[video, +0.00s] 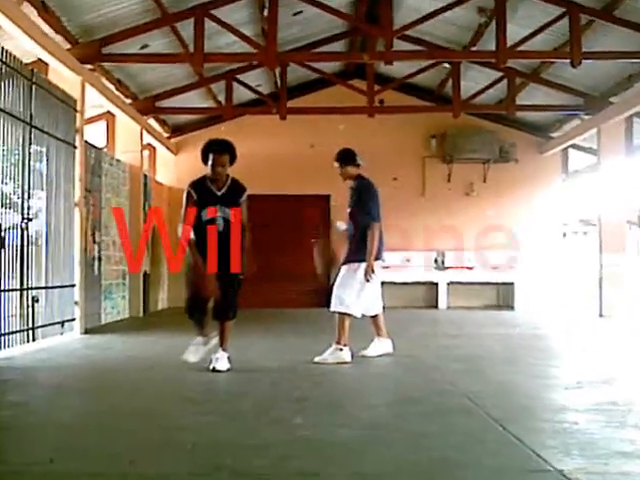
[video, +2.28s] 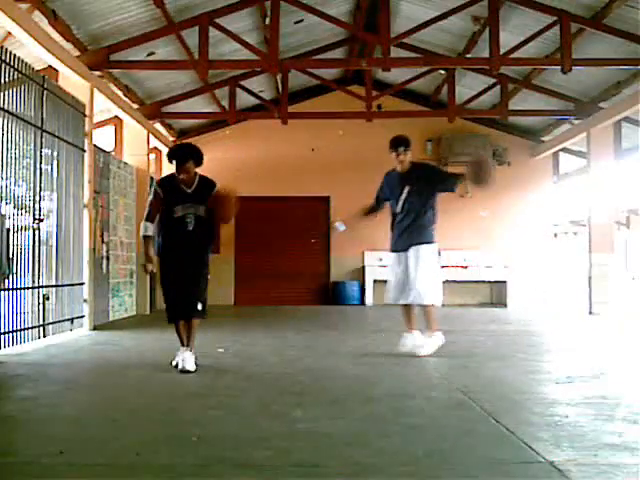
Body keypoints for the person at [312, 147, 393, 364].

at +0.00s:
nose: (339, 173)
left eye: (340, 169)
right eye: (338, 169)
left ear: (347, 167)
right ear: (352, 166)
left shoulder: (365, 188)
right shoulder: (356, 188)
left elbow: (375, 225)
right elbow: (361, 223)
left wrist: (370, 260)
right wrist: (346, 228)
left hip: (361, 257)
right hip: (359, 256)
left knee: (342, 297)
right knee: (371, 299)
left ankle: (341, 346)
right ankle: (382, 339)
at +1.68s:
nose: (342, 166)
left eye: (343, 161)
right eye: (341, 161)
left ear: (353, 159)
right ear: (355, 159)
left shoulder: (370, 181)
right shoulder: (361, 182)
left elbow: (380, 223)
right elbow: (365, 222)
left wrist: (376, 261)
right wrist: (349, 227)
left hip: (365, 260)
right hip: (363, 258)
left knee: (344, 304)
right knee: (377, 306)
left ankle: (343, 358)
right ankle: (389, 350)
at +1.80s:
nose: (368, 175)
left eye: (371, 171)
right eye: (364, 171)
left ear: (377, 170)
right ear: (360, 172)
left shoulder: (389, 191)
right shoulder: (359, 194)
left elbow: (404, 222)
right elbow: (353, 225)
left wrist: (414, 251)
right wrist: (346, 247)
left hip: (379, 253)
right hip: (363, 252)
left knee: (355, 289)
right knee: (377, 294)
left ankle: (358, 335)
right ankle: (380, 337)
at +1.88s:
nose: (368, 175)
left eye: (371, 171)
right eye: (364, 171)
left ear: (377, 170)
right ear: (360, 172)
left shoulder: (389, 191)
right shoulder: (359, 194)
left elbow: (404, 222)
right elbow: (353, 225)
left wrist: (414, 251)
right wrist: (346, 247)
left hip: (379, 253)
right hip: (363, 252)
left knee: (354, 288)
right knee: (377, 293)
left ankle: (358, 335)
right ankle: (380, 337)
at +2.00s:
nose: (380, 176)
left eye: (383, 171)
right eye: (376, 172)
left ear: (389, 171)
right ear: (372, 173)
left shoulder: (401, 190)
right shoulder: (371, 197)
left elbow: (421, 203)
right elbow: (359, 219)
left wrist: (436, 194)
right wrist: (339, 226)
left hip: (393, 254)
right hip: (375, 254)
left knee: (380, 296)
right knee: (368, 297)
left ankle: (412, 335)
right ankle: (379, 338)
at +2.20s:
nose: (393, 165)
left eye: (396, 160)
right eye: (389, 161)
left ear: (403, 161)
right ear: (385, 163)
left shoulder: (419, 179)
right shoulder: (385, 187)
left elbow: (444, 183)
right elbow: (368, 205)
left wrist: (460, 172)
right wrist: (339, 208)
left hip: (414, 248)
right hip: (393, 249)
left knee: (410, 295)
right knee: (390, 293)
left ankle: (424, 338)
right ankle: (394, 334)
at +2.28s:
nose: (400, 157)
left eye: (403, 153)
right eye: (396, 153)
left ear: (410, 152)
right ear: (391, 155)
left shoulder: (425, 171)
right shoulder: (390, 179)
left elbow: (451, 181)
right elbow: (377, 205)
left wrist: (465, 180)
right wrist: (351, 220)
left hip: (422, 239)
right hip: (399, 242)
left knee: (424, 287)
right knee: (404, 289)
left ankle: (434, 334)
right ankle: (410, 334)